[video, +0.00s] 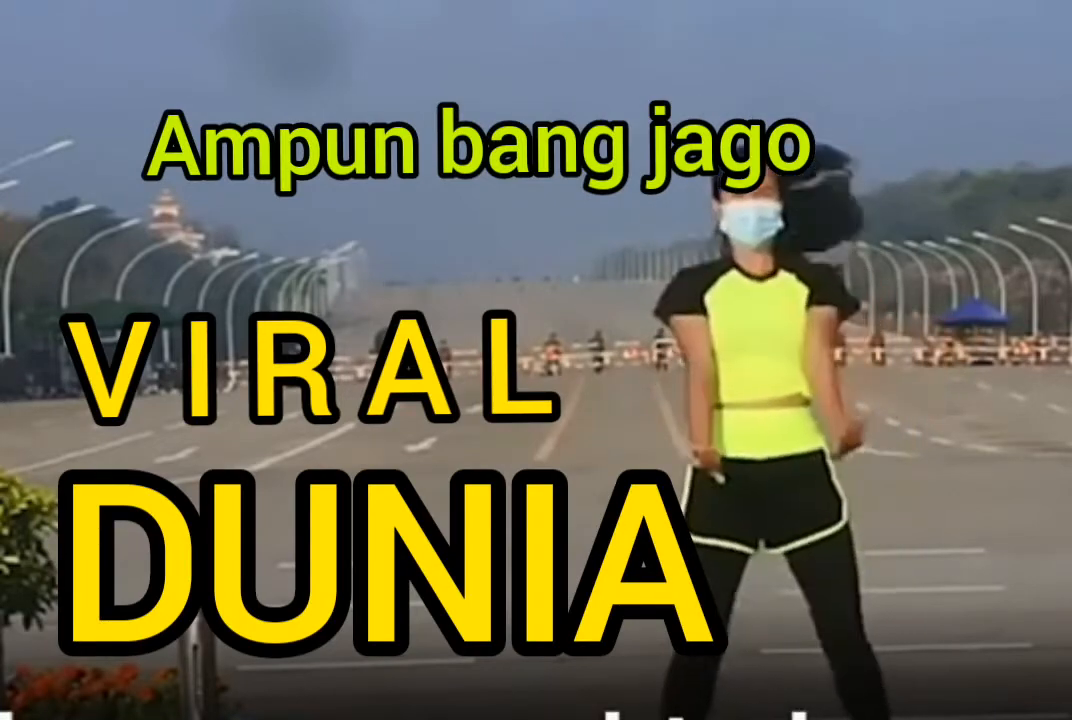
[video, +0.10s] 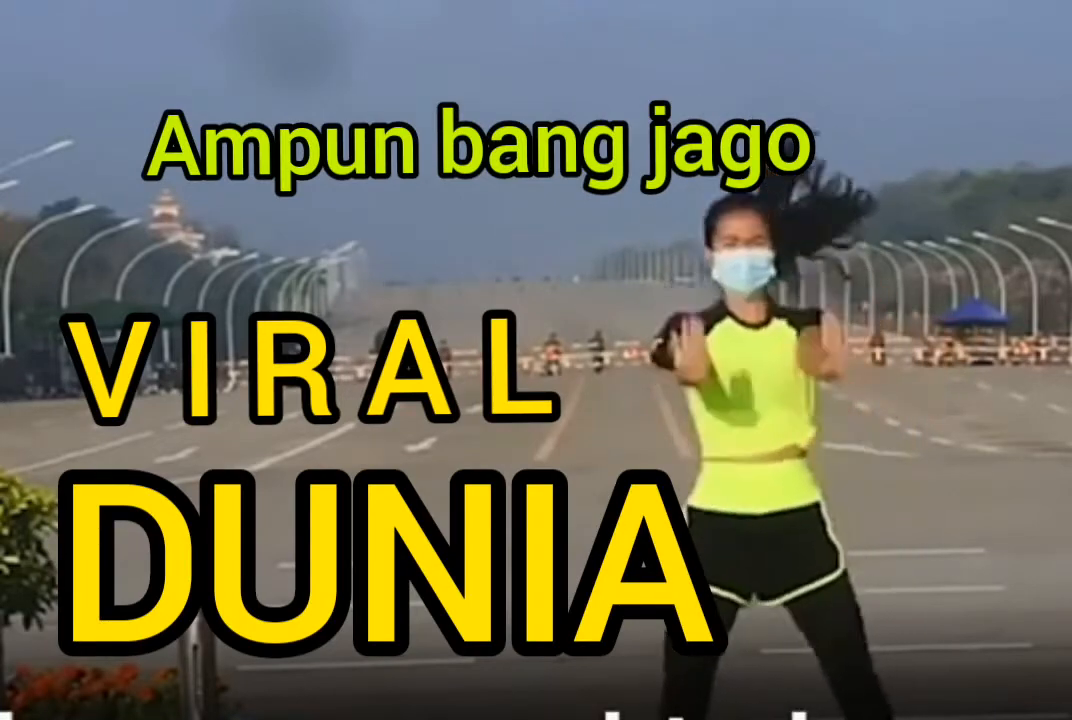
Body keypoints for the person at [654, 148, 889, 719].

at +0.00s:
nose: (755, 210)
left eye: (766, 197)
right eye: (740, 197)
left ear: (783, 204)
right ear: (718, 208)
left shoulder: (816, 282)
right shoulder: (692, 288)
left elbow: (821, 361)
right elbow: (700, 369)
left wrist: (841, 431)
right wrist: (702, 444)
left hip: (805, 479)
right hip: (722, 484)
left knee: (845, 639)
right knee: (699, 641)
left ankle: (873, 719)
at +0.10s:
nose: (744, 255)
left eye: (756, 243)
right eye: (731, 244)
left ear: (777, 251)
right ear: (711, 255)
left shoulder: (803, 326)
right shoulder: (694, 330)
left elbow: (828, 364)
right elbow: (694, 369)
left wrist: (831, 349)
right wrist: (688, 335)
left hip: (796, 517)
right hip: (716, 521)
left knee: (853, 675)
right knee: (685, 683)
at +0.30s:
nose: (723, 224)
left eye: (734, 212)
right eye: (709, 213)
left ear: (751, 221)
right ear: (688, 224)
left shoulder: (786, 297)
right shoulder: (663, 298)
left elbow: (802, 349)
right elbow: (661, 364)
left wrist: (829, 376)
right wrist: (662, 419)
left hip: (769, 487)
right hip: (687, 493)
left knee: (814, 650)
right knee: (673, 660)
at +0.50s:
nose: (693, 238)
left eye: (705, 226)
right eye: (679, 226)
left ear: (721, 238)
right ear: (658, 239)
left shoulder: (756, 316)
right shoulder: (631, 318)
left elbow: (824, 385)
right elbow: (578, 399)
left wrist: (779, 455)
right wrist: (639, 445)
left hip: (740, 508)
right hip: (658, 511)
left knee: (767, 666)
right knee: (654, 672)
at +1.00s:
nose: (676, 257)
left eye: (688, 244)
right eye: (663, 246)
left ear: (706, 255)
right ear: (643, 259)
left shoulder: (737, 330)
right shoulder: (620, 333)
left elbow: (817, 356)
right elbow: (539, 371)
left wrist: (742, 379)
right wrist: (620, 377)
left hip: (725, 519)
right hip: (646, 522)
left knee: (745, 682)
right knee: (635, 684)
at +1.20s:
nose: (684, 211)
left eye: (696, 199)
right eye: (669, 200)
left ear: (713, 210)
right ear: (648, 213)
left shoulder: (750, 288)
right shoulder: (625, 295)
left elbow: (814, 362)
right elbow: (568, 379)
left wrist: (785, 440)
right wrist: (626, 458)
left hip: (743, 485)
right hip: (660, 486)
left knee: (761, 650)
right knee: (661, 652)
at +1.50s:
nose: (706, 279)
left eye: (717, 267)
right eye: (691, 269)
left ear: (735, 278)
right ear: (670, 282)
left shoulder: (768, 352)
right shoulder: (655, 356)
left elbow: (800, 382)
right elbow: (651, 385)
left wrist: (810, 372)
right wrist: (656, 381)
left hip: (766, 541)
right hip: (687, 548)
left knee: (833, 685)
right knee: (661, 697)